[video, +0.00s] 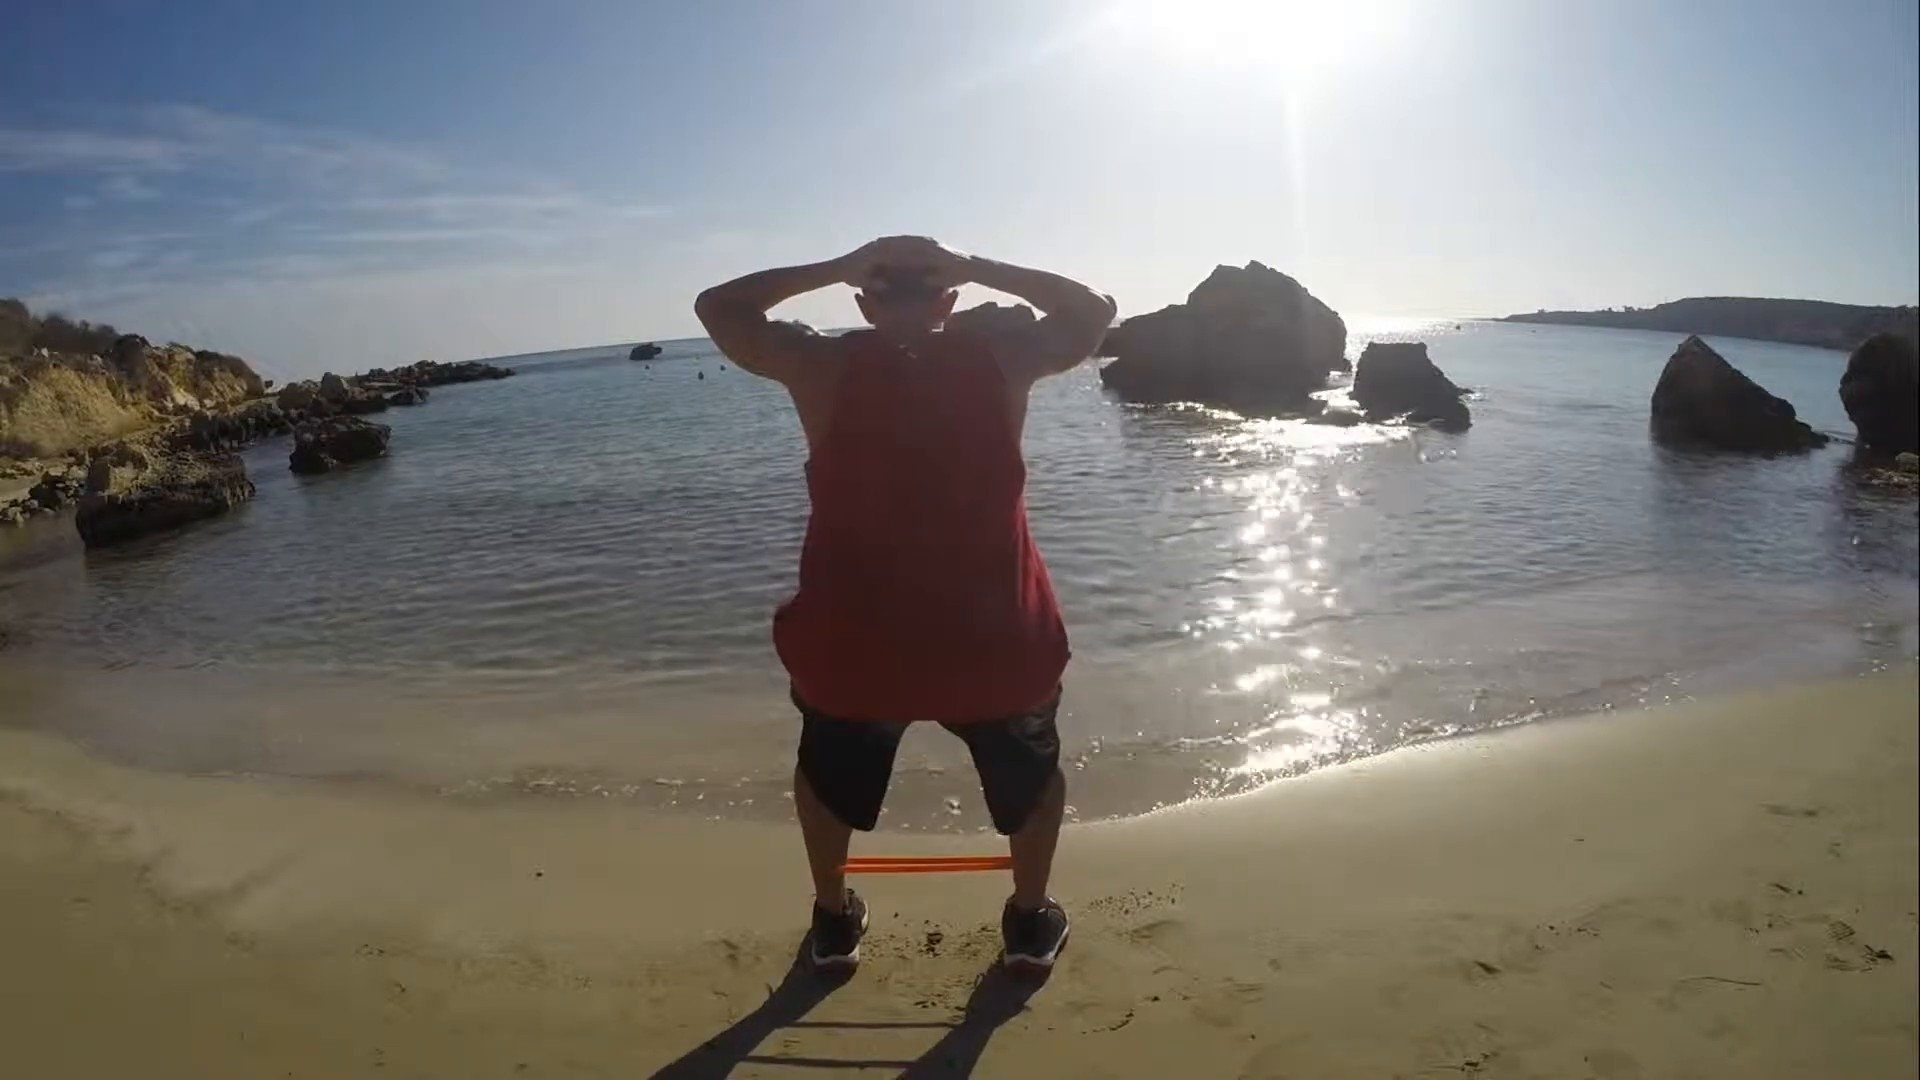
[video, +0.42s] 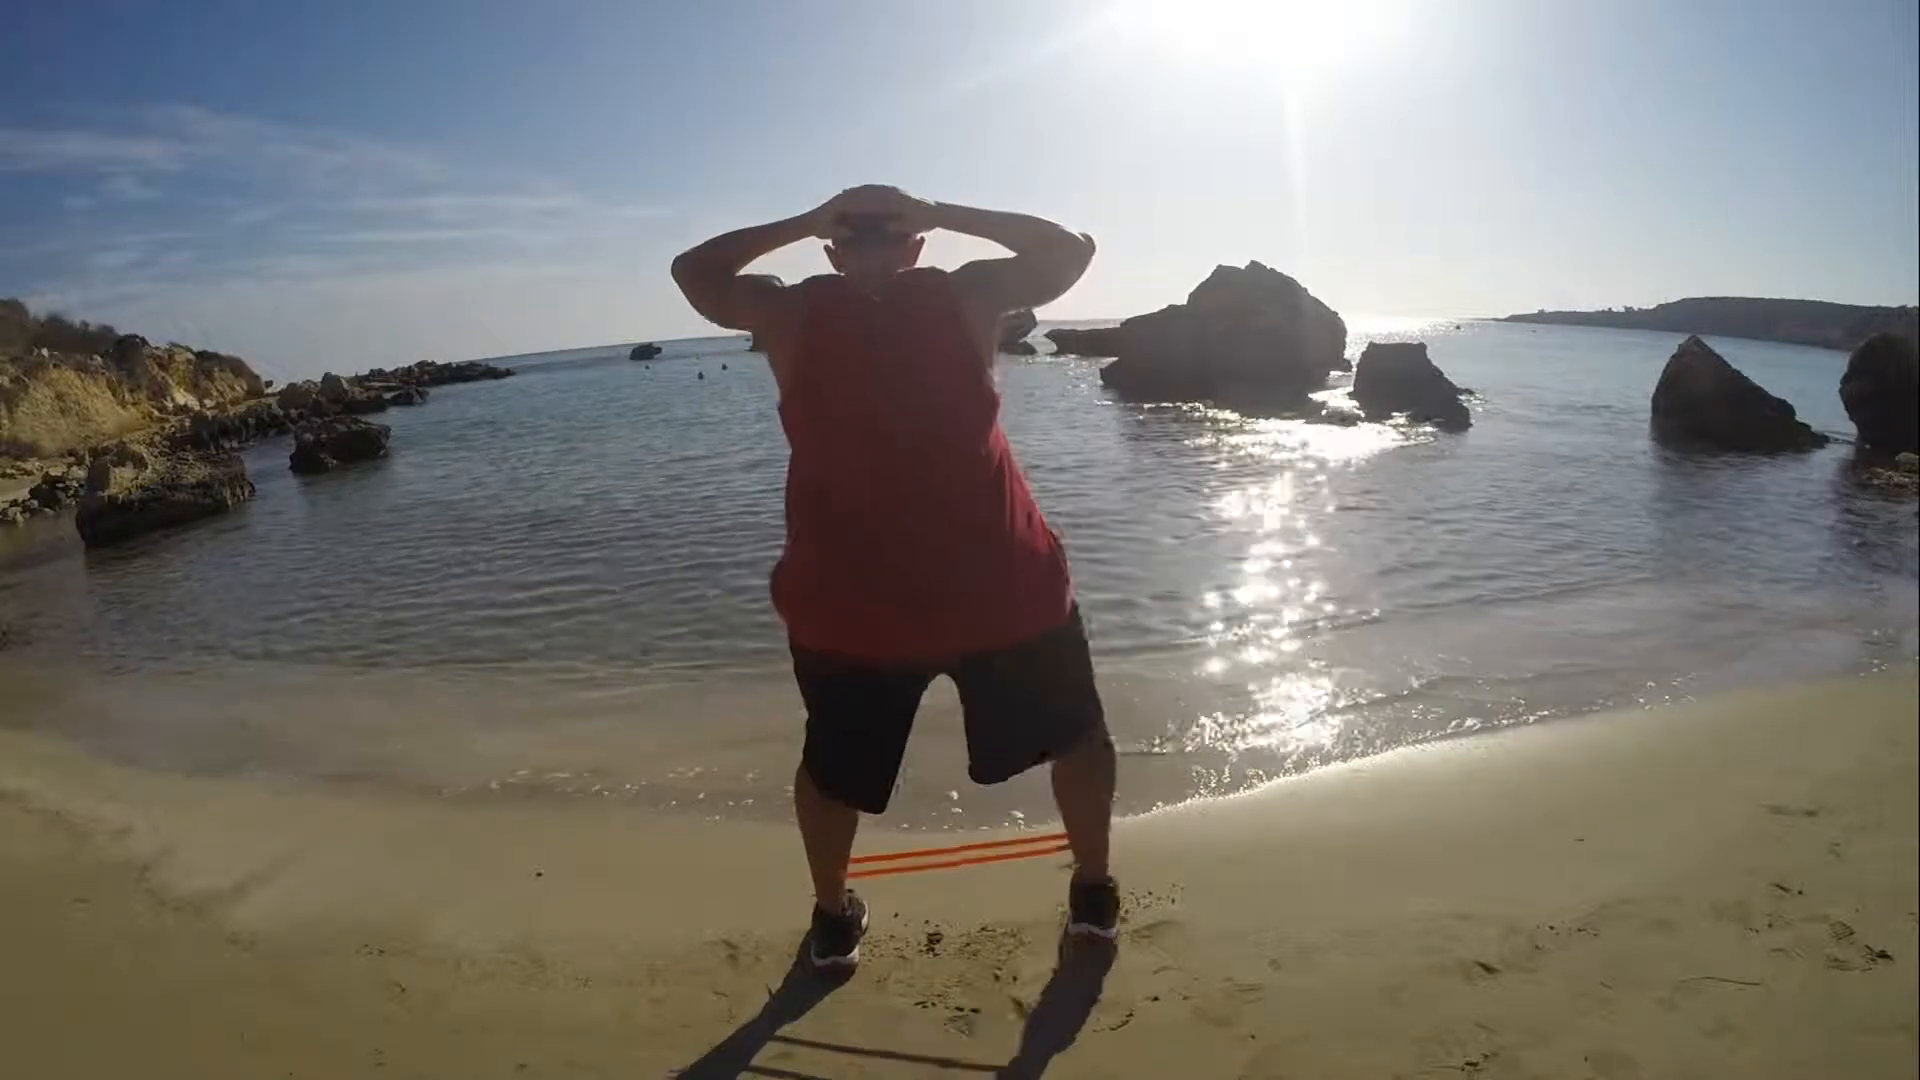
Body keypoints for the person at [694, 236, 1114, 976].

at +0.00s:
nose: (898, 289)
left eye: (894, 279)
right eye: (899, 278)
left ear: (863, 297)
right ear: (950, 294)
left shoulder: (817, 363)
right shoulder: (998, 357)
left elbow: (718, 307)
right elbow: (1089, 312)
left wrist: (834, 269)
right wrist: (974, 266)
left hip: (856, 636)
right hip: (989, 632)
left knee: (829, 768)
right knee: (1029, 770)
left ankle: (832, 916)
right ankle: (1029, 917)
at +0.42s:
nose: (869, 241)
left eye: (868, 229)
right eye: (873, 228)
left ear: (833, 242)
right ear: (919, 242)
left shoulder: (791, 311)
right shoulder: (970, 296)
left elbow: (695, 271)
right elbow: (1067, 249)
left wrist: (806, 224)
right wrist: (945, 214)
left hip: (852, 580)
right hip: (998, 567)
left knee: (834, 760)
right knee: (1077, 731)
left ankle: (831, 919)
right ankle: (1095, 890)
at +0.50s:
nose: (866, 222)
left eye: (857, 214)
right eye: (884, 210)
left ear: (831, 237)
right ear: (918, 233)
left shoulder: (789, 303)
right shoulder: (968, 286)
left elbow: (698, 265)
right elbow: (1072, 236)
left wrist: (807, 214)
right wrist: (939, 201)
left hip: (855, 576)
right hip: (1003, 557)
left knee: (839, 760)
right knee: (1107, 727)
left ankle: (832, 917)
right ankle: (1156, 881)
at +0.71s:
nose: (908, 237)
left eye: (901, 226)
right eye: (924, 223)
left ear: (877, 242)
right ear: (965, 240)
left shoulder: (835, 311)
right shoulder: (1016, 293)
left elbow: (732, 271)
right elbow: (1116, 241)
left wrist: (848, 219)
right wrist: (987, 208)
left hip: (903, 589)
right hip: (1051, 574)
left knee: (856, 764)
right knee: (1169, 746)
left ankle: (836, 917)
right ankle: (1247, 890)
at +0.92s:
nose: (1011, 249)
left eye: (1003, 238)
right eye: (1019, 235)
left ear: (978, 251)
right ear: (1066, 248)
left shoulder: (945, 320)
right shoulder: (1126, 303)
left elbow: (824, 275)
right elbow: (1208, 255)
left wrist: (946, 228)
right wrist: (1092, 219)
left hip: (995, 594)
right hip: (1143, 591)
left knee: (907, 759)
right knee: (1212, 753)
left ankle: (848, 910)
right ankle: (1256, 909)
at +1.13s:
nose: (1107, 230)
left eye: (1104, 216)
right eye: (1105, 215)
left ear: (1080, 228)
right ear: (1157, 221)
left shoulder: (1056, 298)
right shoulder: (1218, 281)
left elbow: (914, 250)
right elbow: (1291, 238)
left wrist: (1039, 207)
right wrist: (1183, 197)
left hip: (1085, 561)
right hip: (1225, 563)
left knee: (1002, 734)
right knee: (1251, 752)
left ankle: (992, 893)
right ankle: (1261, 904)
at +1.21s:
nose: (1125, 230)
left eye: (1124, 217)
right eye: (1121, 217)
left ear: (1102, 225)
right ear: (1178, 221)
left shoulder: (1074, 292)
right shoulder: (1244, 281)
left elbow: (938, 241)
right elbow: (1315, 234)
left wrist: (1064, 201)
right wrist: (1205, 195)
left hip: (1104, 577)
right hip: (1242, 576)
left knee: (1053, 750)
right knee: (1260, 757)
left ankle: (1070, 897)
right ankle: (1263, 904)